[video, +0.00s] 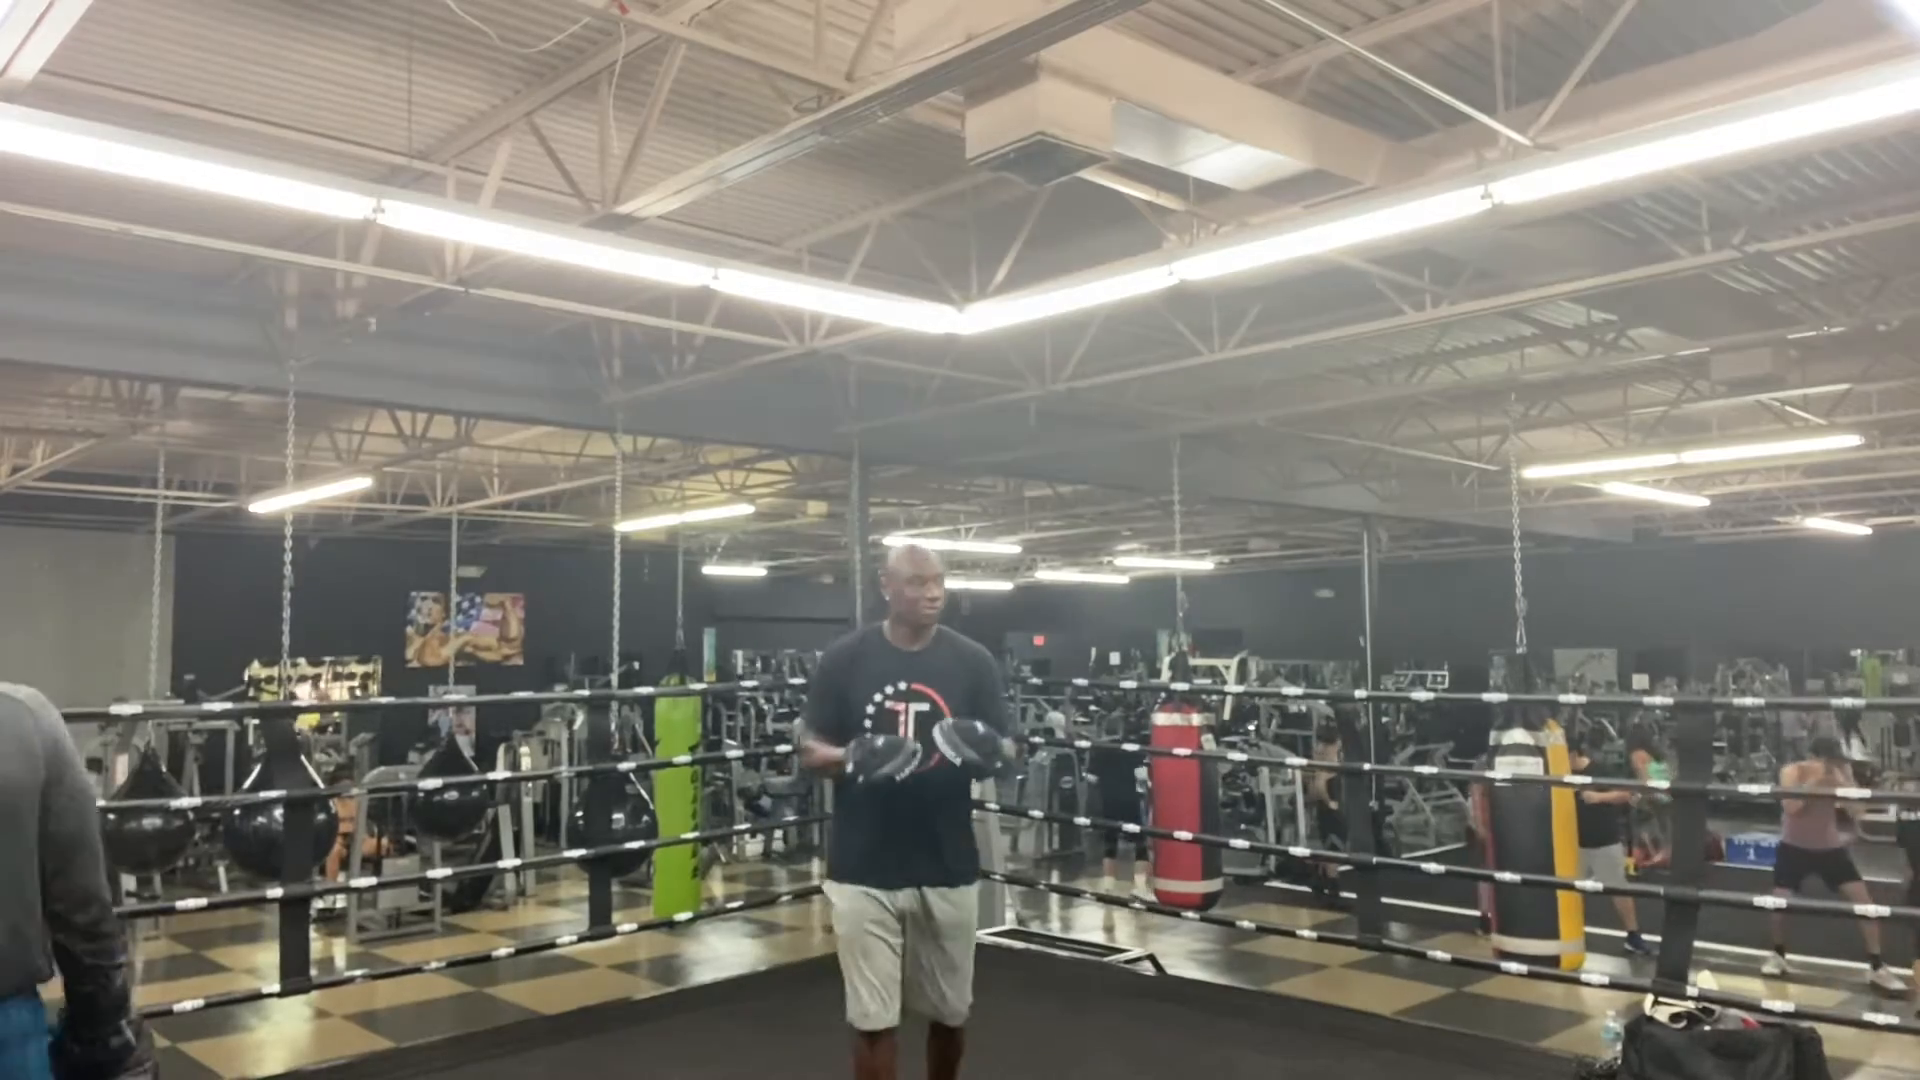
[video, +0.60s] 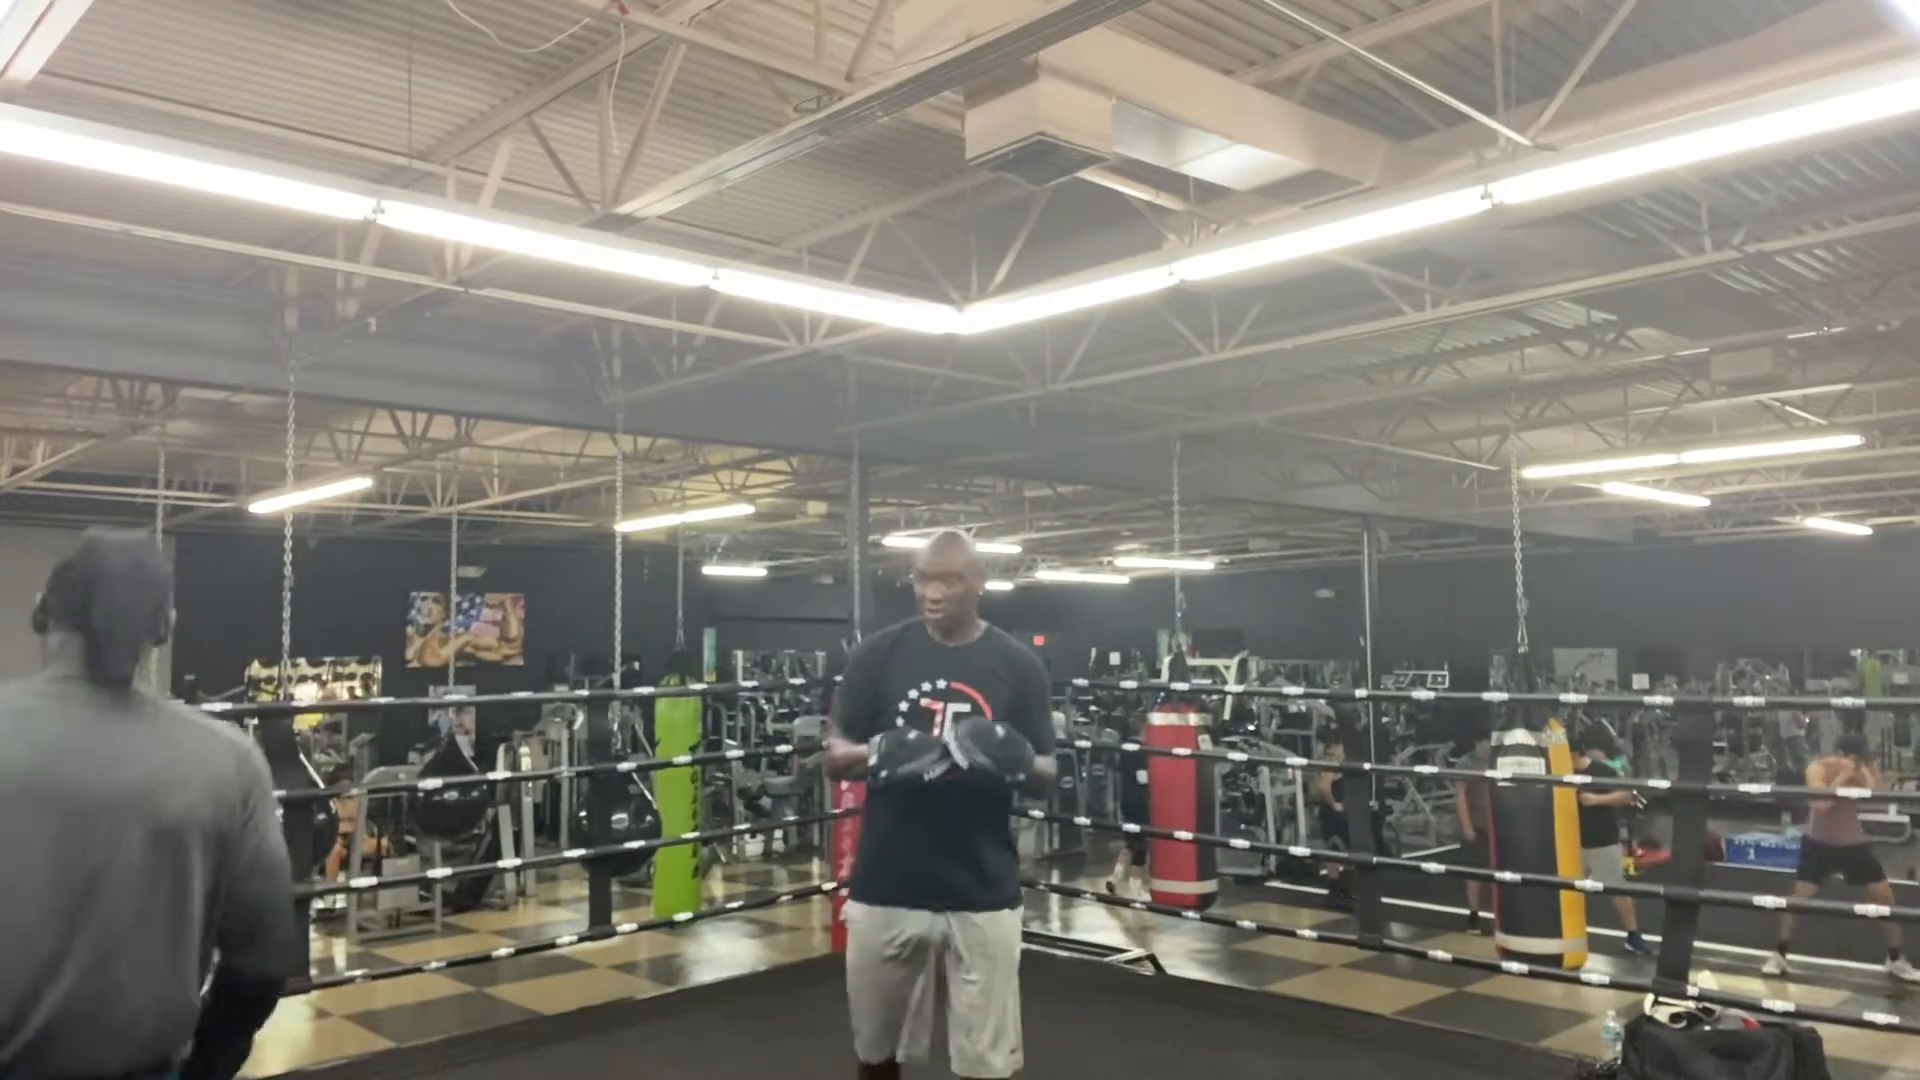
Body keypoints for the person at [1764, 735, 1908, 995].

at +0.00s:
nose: (1825, 766)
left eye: (1831, 762)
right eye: (1822, 761)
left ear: (1836, 761)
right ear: (1812, 757)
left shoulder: (1841, 772)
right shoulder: (1792, 771)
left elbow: (1856, 810)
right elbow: (1791, 807)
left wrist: (1839, 781)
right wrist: (1813, 782)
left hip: (1832, 852)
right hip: (1793, 851)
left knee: (1866, 908)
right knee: (1778, 905)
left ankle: (1877, 968)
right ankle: (1777, 956)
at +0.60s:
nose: (1853, 764)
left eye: (1858, 760)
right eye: (1850, 758)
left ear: (1862, 759)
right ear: (1840, 754)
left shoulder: (1863, 771)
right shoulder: (1817, 769)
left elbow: (1877, 792)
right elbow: (1818, 805)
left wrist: (1864, 768)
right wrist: (1842, 776)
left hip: (1854, 846)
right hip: (1818, 845)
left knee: (1885, 897)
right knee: (1799, 899)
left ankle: (1895, 958)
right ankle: (1779, 955)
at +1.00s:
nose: (1871, 761)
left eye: (1876, 758)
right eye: (1869, 755)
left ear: (1878, 758)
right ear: (1858, 752)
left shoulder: (1875, 772)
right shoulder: (1831, 767)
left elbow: (1887, 799)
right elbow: (1838, 797)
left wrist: (1875, 773)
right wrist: (1864, 773)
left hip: (1859, 843)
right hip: (1826, 842)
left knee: (1889, 894)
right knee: (1815, 895)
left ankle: (1895, 957)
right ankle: (1803, 947)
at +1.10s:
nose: (1862, 763)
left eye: (1867, 758)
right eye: (1858, 757)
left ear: (1870, 759)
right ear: (1847, 754)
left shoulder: (1870, 772)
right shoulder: (1826, 767)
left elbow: (1884, 802)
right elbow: (1832, 795)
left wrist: (1872, 774)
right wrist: (1855, 776)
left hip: (1856, 843)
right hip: (1822, 842)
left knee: (1886, 894)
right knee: (1813, 897)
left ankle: (1895, 957)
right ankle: (1803, 948)